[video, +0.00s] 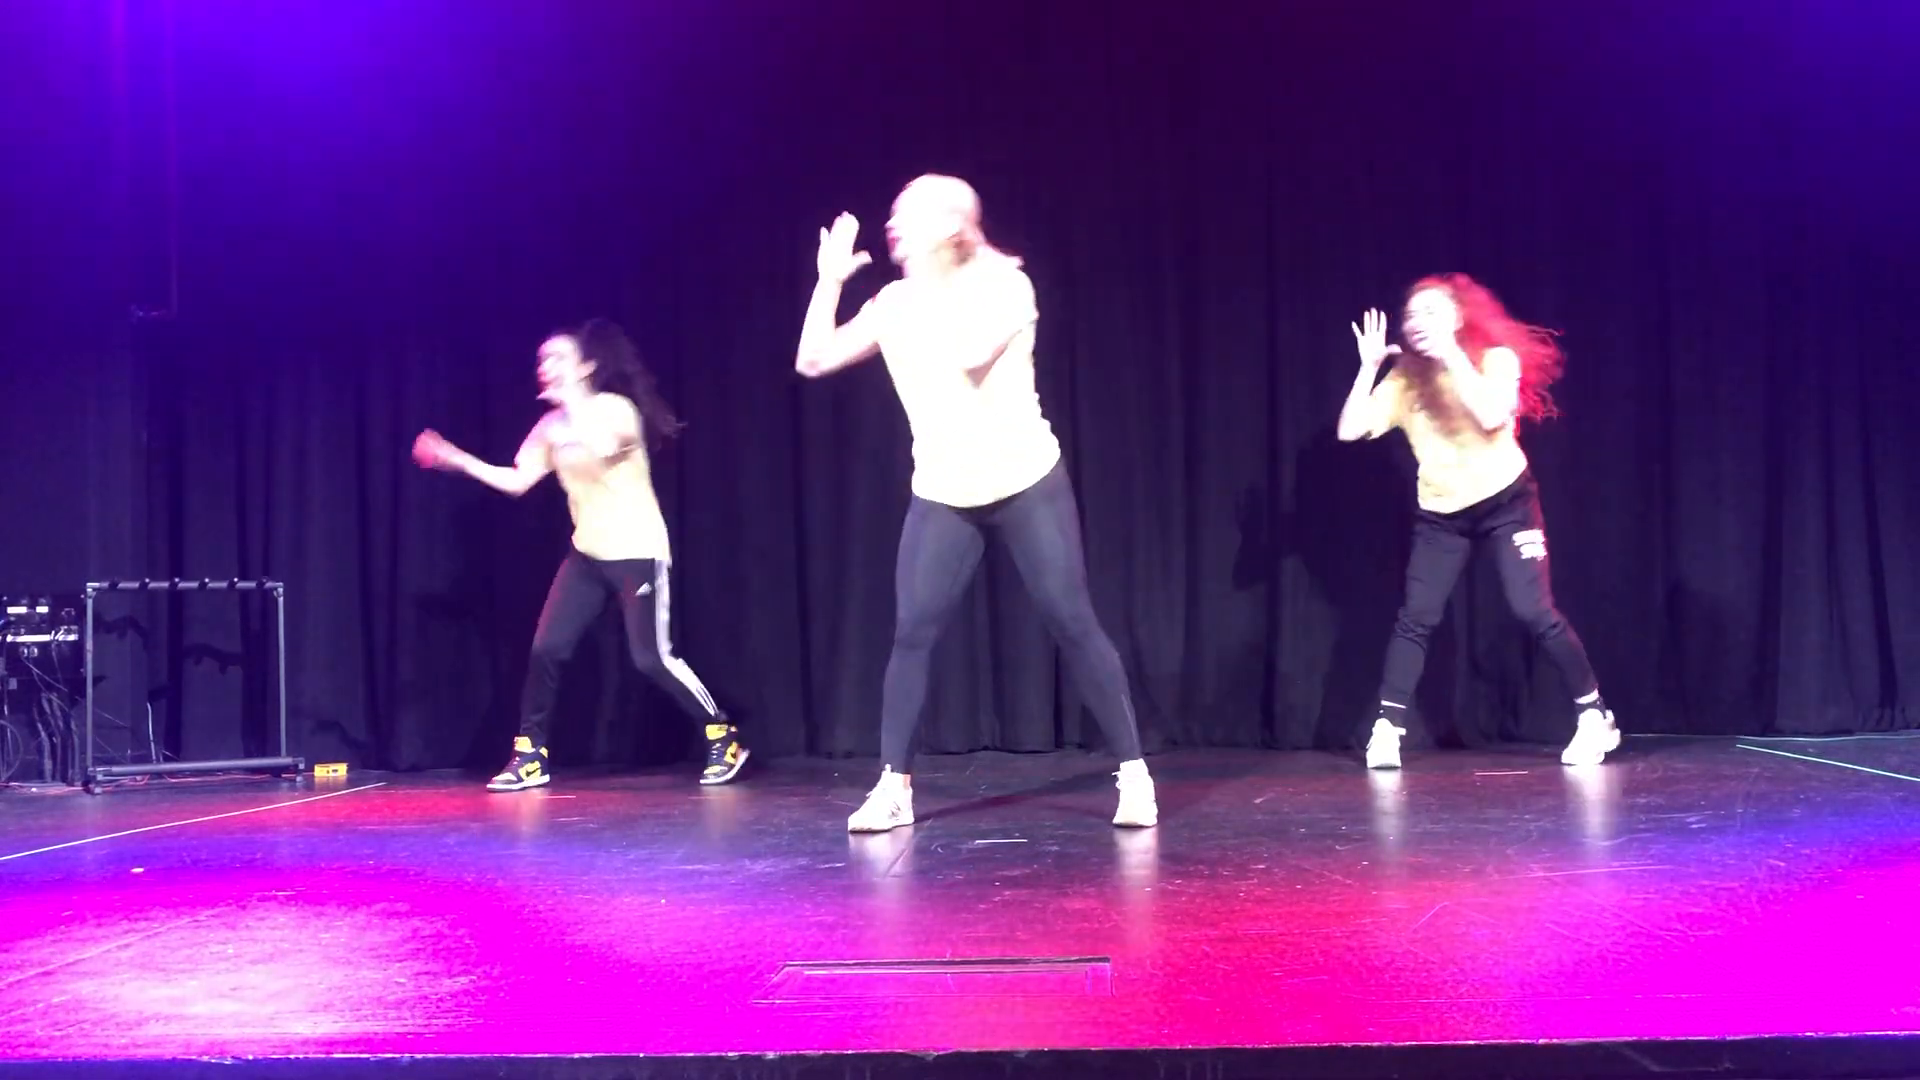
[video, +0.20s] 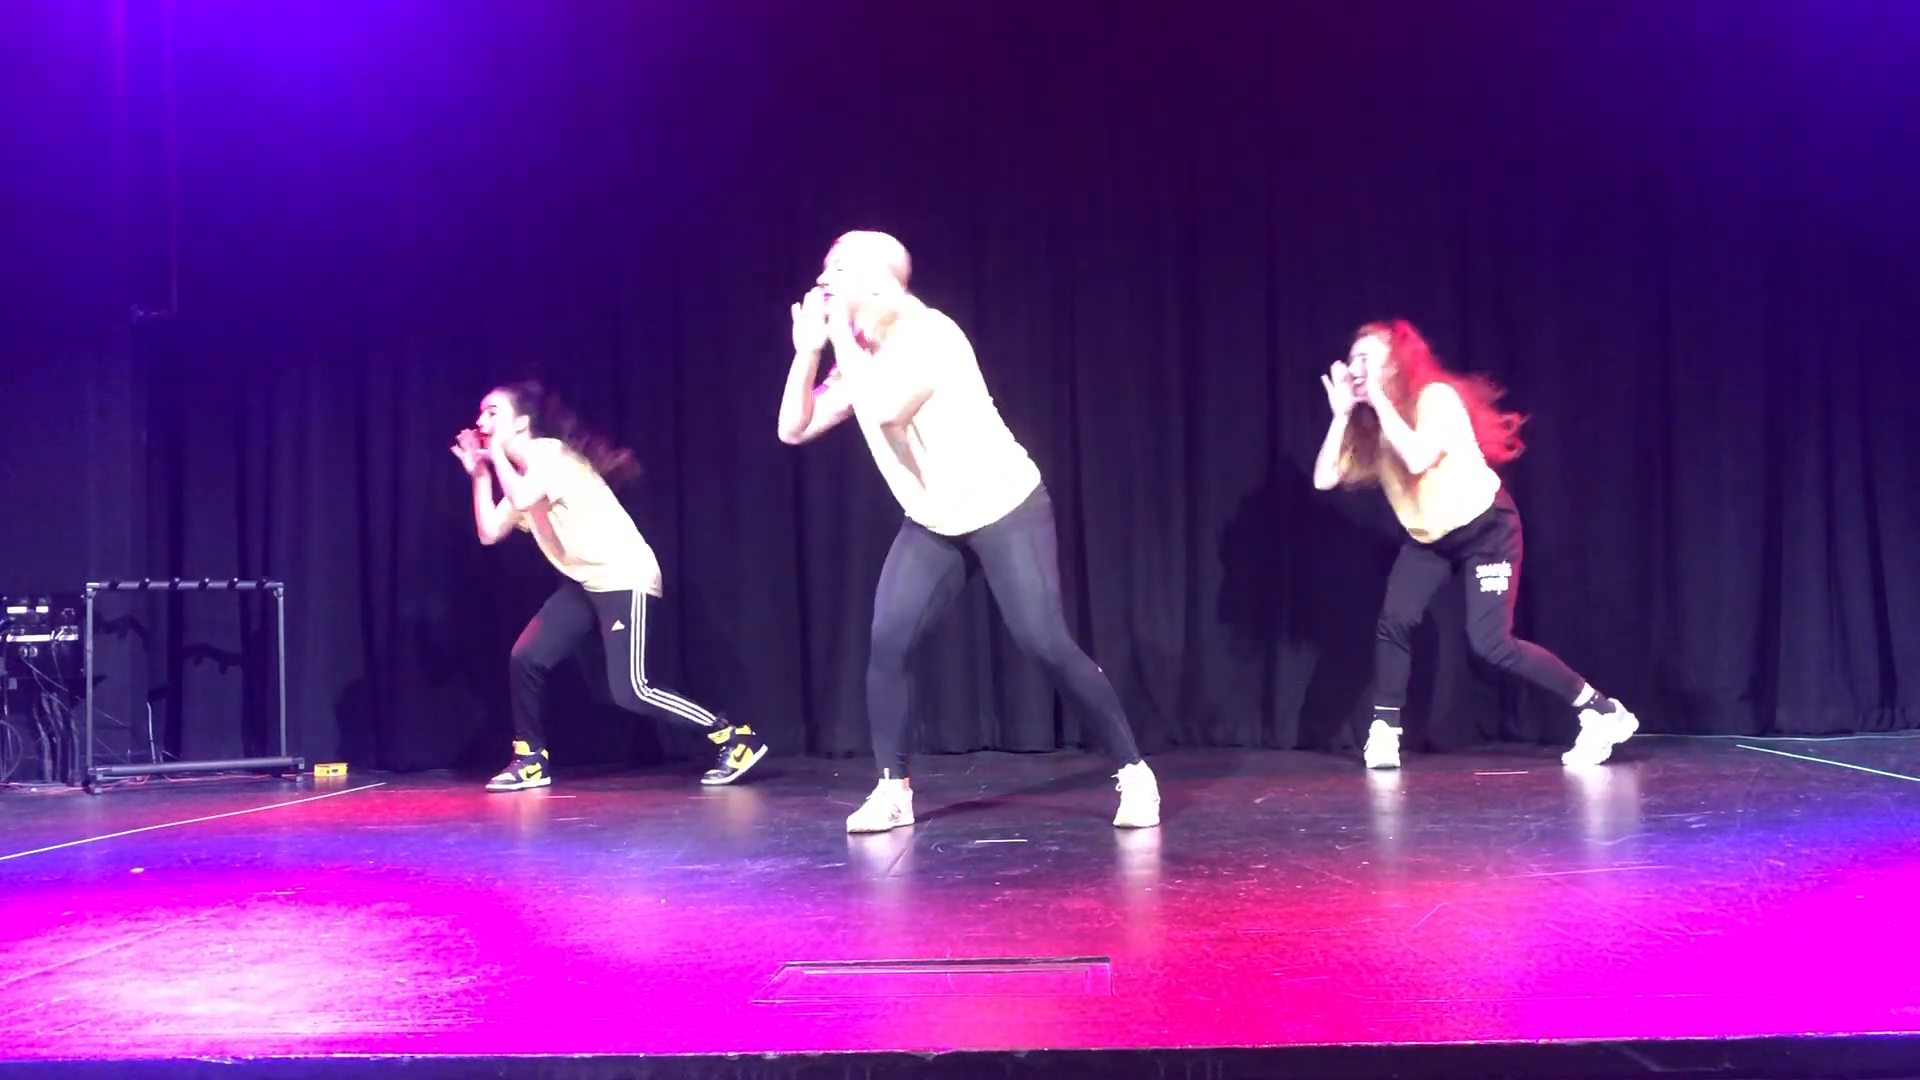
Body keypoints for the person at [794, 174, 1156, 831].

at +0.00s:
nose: (892, 223)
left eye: (907, 212)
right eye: (895, 213)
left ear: (953, 224)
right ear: (909, 229)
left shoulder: (1002, 281)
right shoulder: (892, 304)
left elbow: (975, 358)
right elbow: (813, 359)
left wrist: (947, 273)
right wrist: (830, 280)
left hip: (1025, 479)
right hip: (942, 490)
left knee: (1069, 619)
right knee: (913, 628)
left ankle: (1132, 769)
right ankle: (893, 785)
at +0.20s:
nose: (825, 278)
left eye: (840, 267)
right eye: (826, 268)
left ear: (882, 279)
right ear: (833, 283)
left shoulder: (932, 332)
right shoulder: (861, 361)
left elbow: (888, 408)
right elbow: (794, 429)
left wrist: (839, 331)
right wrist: (805, 351)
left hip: (1004, 504)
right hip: (933, 517)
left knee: (1043, 640)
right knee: (888, 639)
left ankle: (1134, 773)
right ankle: (893, 788)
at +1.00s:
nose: (780, 339)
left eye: (789, 324)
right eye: (777, 325)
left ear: (828, 324)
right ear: (782, 336)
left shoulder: (885, 358)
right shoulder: (819, 398)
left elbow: (869, 443)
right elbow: (781, 479)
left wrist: (803, 397)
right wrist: (770, 411)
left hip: (1024, 487)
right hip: (947, 514)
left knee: (1068, 618)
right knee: (914, 638)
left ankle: (1136, 772)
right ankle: (893, 787)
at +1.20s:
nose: (842, 407)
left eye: (854, 392)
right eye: (836, 393)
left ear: (896, 391)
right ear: (832, 398)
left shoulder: (949, 423)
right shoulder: (846, 448)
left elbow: (976, 529)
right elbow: (814, 547)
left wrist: (893, 473)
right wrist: (833, 483)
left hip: (1043, 496)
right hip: (962, 522)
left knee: (1081, 626)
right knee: (925, 642)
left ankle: (1138, 777)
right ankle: (894, 786)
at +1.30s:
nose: (911, 414)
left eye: (924, 399)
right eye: (897, 401)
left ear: (954, 395)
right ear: (882, 404)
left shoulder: (1001, 427)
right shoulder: (878, 447)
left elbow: (1048, 530)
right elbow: (845, 550)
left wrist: (957, 471)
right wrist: (885, 474)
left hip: (1040, 502)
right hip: (953, 521)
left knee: (1084, 625)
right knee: (933, 638)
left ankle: (1137, 777)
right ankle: (893, 785)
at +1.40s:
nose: (978, 409)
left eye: (991, 395)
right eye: (964, 396)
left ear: (1014, 394)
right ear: (939, 399)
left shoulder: (1052, 429)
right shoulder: (919, 440)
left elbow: (1103, 529)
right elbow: (884, 546)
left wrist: (1027, 466)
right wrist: (946, 469)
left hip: (1045, 516)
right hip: (956, 524)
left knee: (1081, 621)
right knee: (929, 639)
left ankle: (1137, 778)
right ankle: (892, 785)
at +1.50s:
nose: (1058, 396)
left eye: (1066, 381)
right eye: (1044, 384)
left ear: (1076, 383)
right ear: (1008, 387)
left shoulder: (1090, 426)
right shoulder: (967, 427)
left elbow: (1141, 530)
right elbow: (935, 531)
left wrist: (1101, 447)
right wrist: (1007, 465)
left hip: (1051, 525)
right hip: (964, 525)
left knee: (1086, 634)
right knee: (929, 634)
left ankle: (1137, 779)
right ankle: (891, 785)